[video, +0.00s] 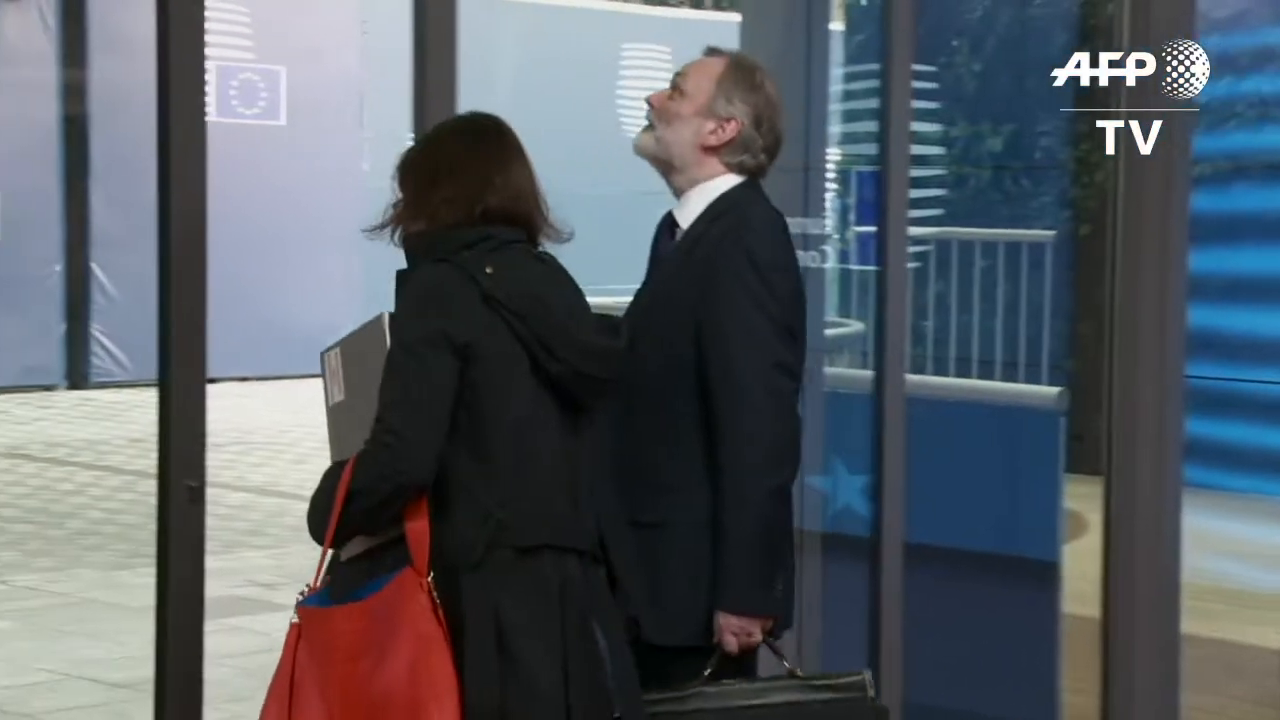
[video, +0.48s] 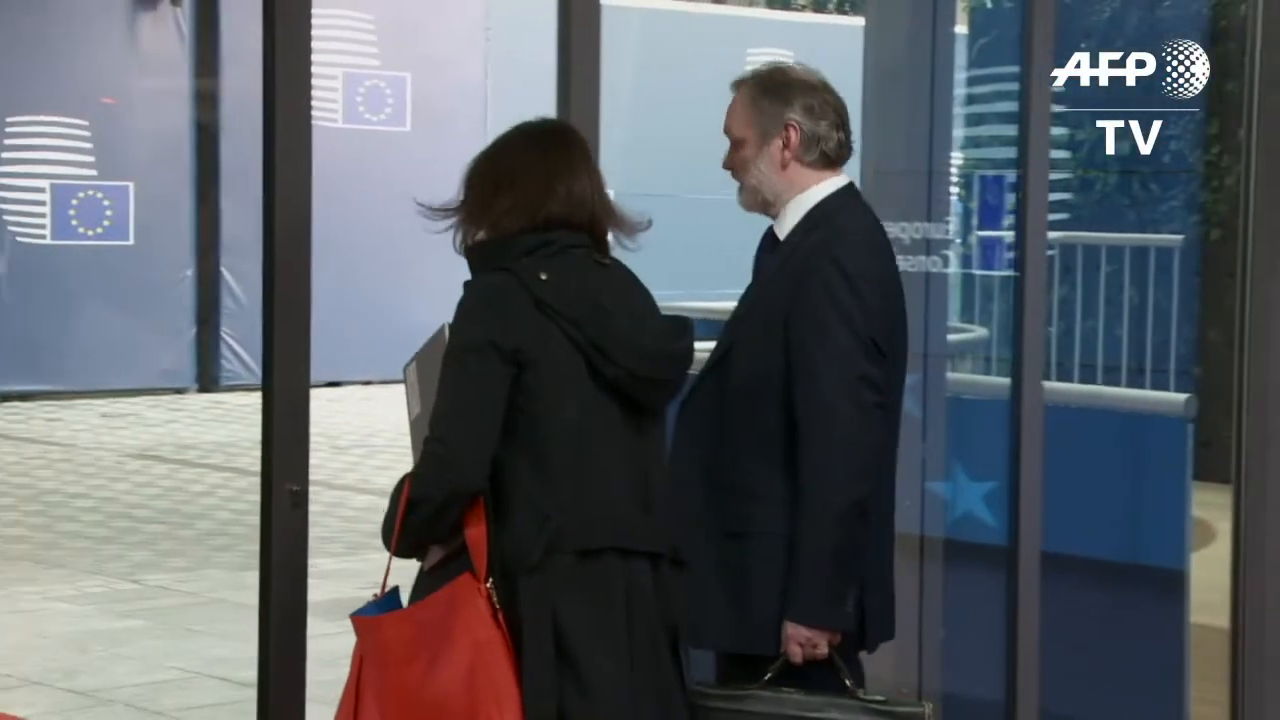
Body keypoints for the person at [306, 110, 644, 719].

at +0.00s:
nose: (405, 211)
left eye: (412, 194)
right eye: (406, 193)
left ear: (436, 195)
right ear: (513, 188)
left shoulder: (436, 284)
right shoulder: (551, 284)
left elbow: (407, 452)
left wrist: (333, 503)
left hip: (490, 590)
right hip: (574, 579)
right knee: (575, 702)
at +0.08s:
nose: (412, 213)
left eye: (419, 195)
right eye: (414, 194)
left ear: (443, 196)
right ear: (524, 190)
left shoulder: (444, 289)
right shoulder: (561, 288)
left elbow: (410, 456)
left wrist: (340, 507)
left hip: (493, 595)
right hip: (579, 585)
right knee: (579, 703)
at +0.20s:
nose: (427, 212)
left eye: (434, 194)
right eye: (429, 194)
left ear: (454, 196)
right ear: (538, 191)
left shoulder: (455, 289)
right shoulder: (577, 289)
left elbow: (418, 456)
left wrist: (355, 513)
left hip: (504, 587)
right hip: (590, 579)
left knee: (512, 704)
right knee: (590, 702)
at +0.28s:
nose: (441, 211)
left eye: (448, 194)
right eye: (444, 193)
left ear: (468, 196)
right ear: (552, 191)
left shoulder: (468, 291)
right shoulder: (589, 289)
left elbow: (431, 459)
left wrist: (373, 515)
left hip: (520, 585)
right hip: (606, 577)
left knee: (527, 705)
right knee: (607, 703)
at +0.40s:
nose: (462, 215)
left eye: (470, 198)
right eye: (467, 197)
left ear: (488, 200)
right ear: (576, 194)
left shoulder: (489, 295)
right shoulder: (614, 294)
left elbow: (449, 464)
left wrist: (396, 518)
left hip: (536, 595)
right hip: (626, 588)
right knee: (625, 705)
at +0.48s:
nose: (472, 217)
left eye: (480, 199)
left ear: (498, 200)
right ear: (586, 195)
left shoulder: (498, 295)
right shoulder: (624, 294)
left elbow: (459, 462)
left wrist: (408, 521)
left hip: (548, 591)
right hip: (637, 584)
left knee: (554, 706)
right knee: (636, 704)